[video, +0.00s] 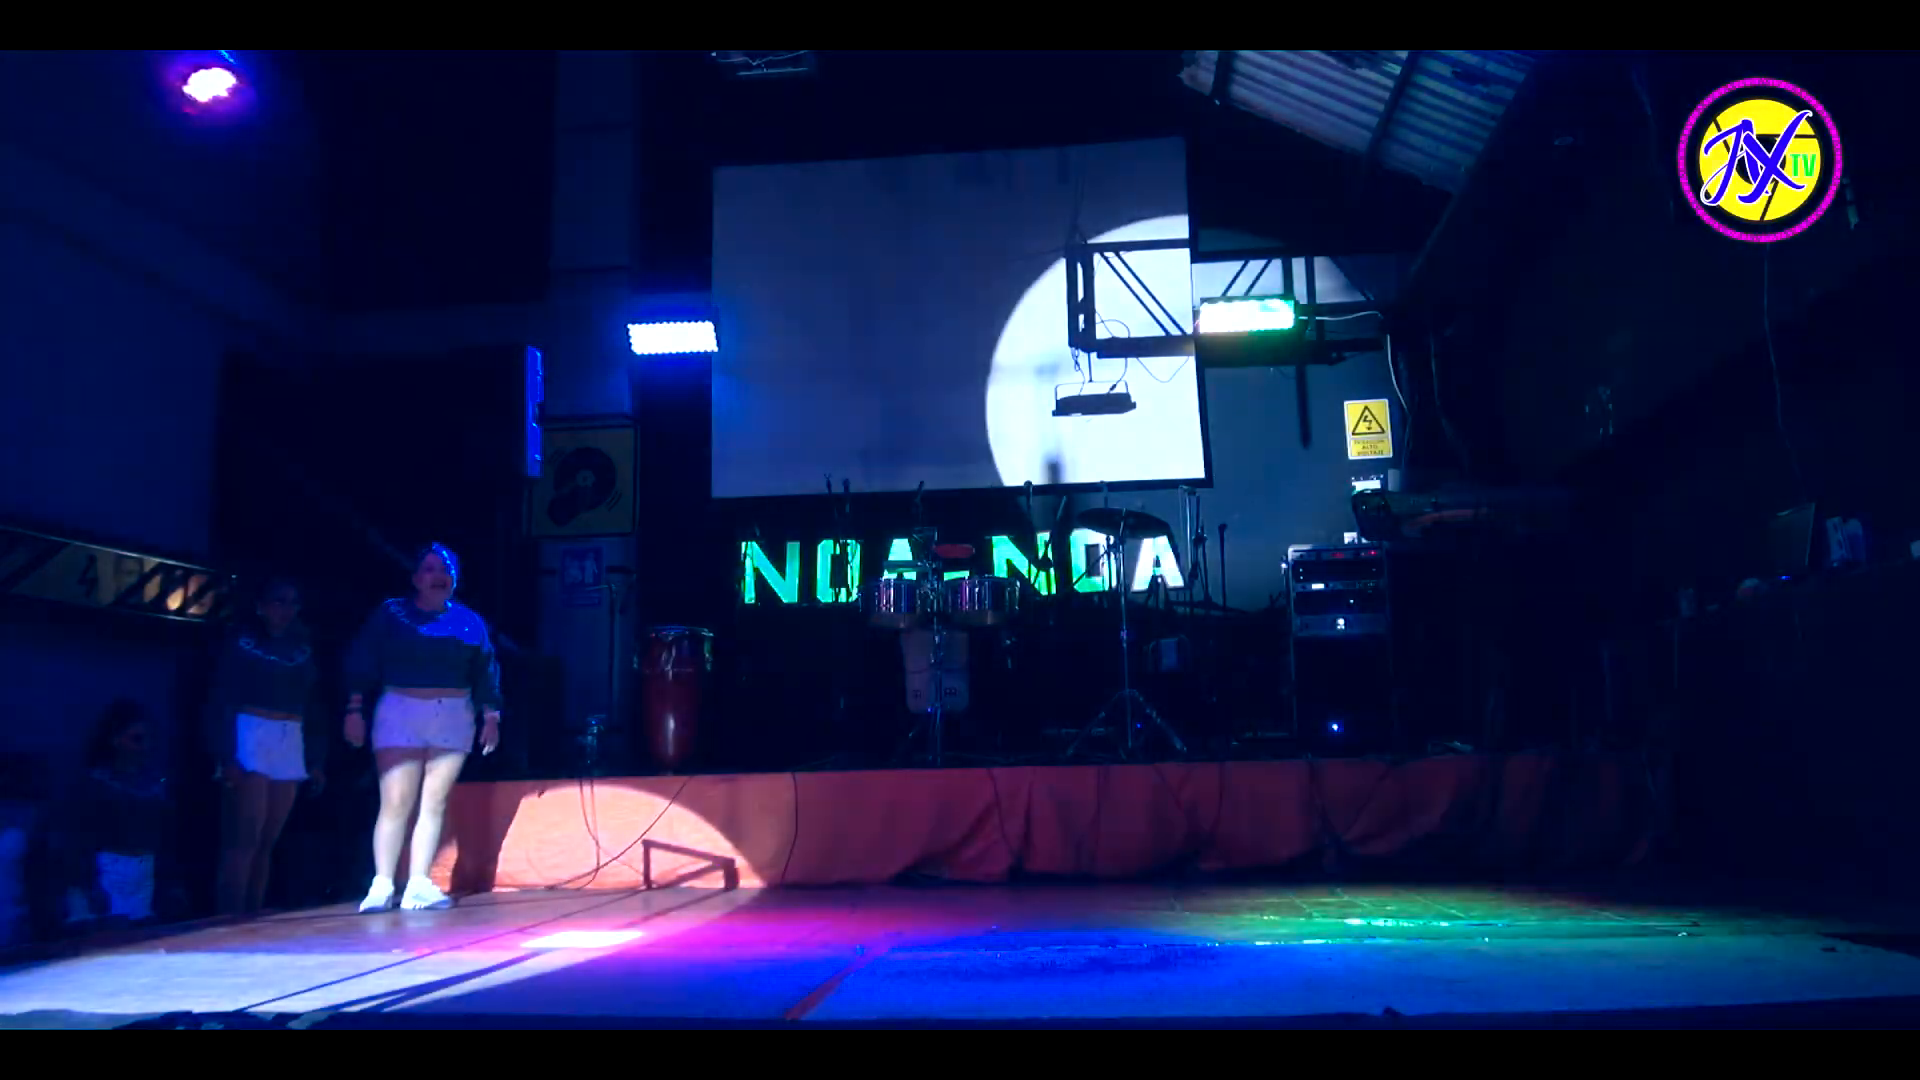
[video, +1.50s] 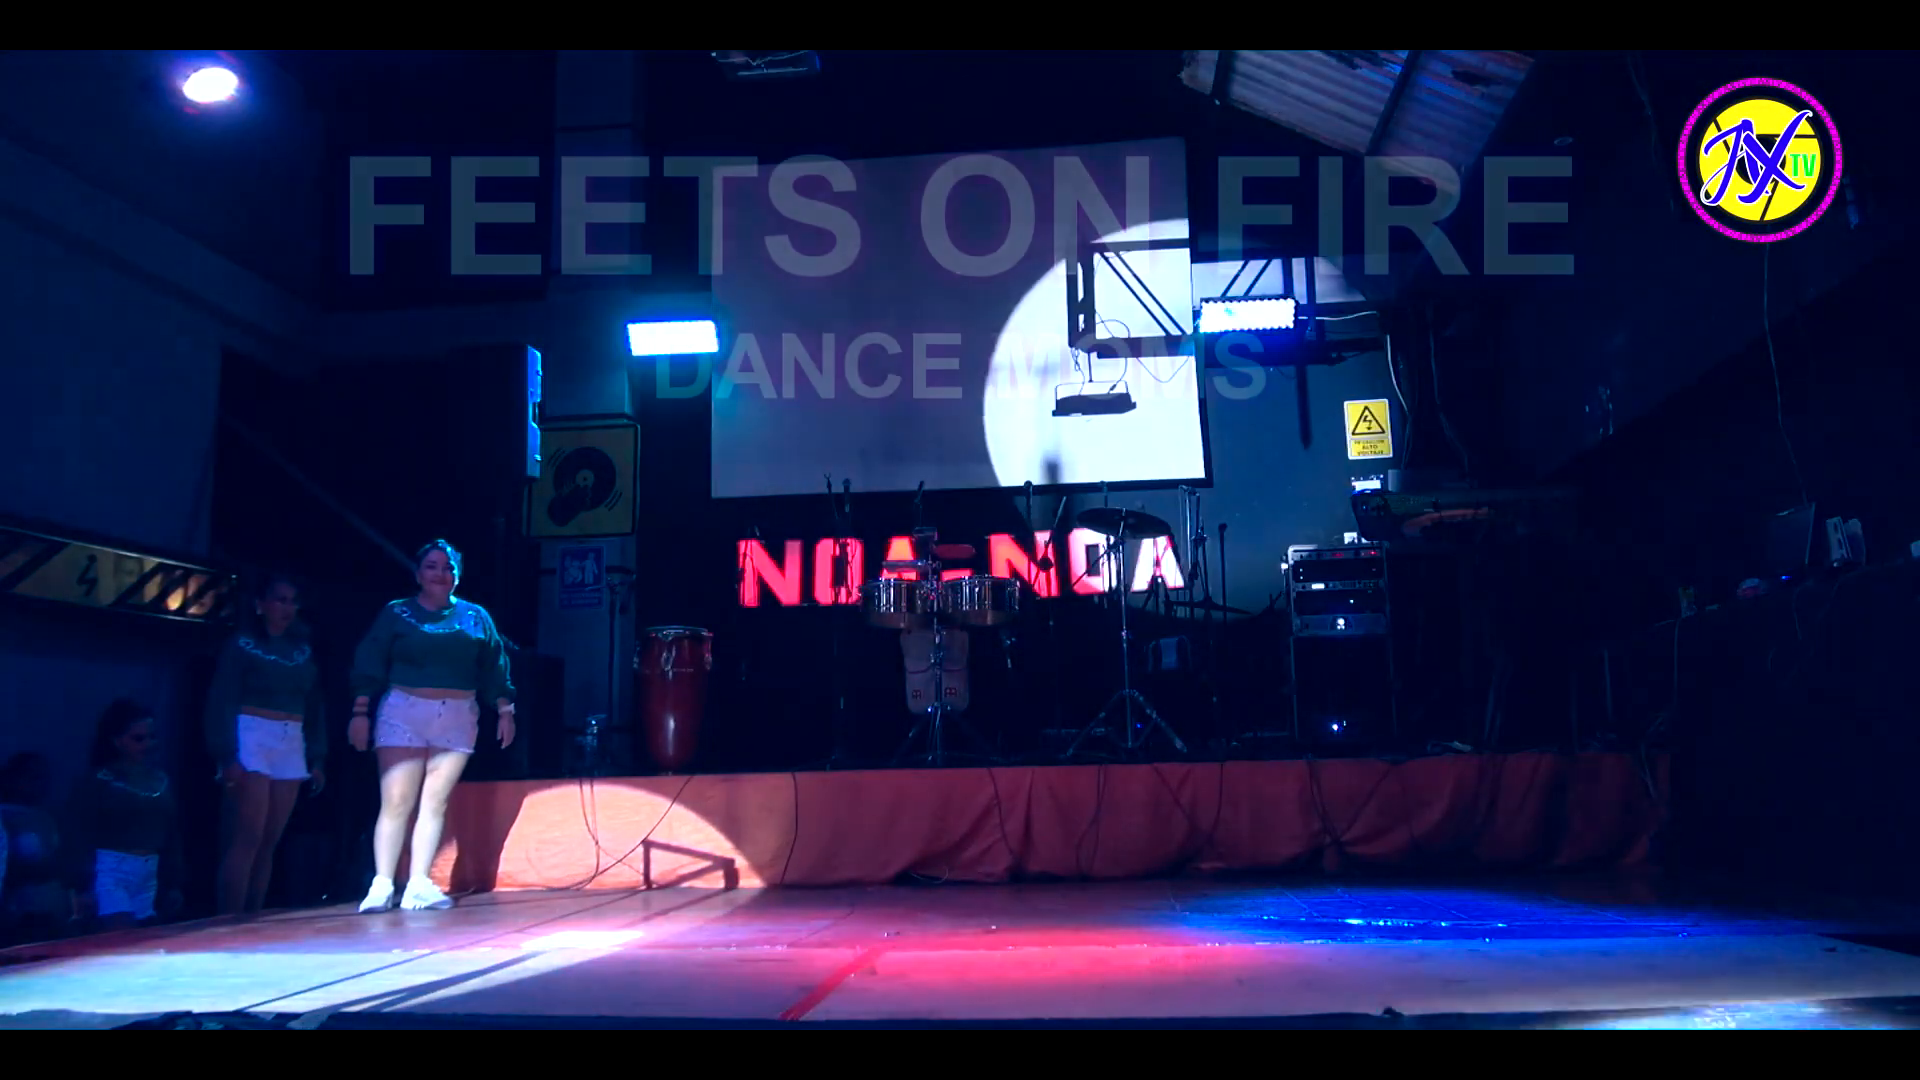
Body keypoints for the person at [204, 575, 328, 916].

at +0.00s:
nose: (284, 611)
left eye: (290, 604)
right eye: (278, 602)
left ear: (298, 609)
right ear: (262, 604)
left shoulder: (302, 649)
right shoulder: (243, 641)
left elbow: (312, 706)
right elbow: (225, 697)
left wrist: (315, 759)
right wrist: (225, 753)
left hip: (291, 730)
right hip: (254, 726)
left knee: (272, 832)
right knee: (250, 827)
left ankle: (255, 908)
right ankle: (233, 908)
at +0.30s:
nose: (286, 610)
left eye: (292, 603)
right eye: (280, 602)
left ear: (299, 609)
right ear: (263, 605)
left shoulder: (303, 650)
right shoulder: (243, 642)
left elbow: (314, 708)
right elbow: (224, 699)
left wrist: (316, 758)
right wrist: (226, 755)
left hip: (293, 733)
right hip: (254, 730)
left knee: (270, 838)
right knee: (248, 833)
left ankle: (254, 914)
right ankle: (232, 914)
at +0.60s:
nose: (286, 610)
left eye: (292, 603)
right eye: (279, 602)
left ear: (299, 608)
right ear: (264, 603)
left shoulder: (304, 652)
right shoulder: (245, 644)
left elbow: (314, 709)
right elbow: (224, 698)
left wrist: (317, 758)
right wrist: (225, 752)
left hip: (293, 734)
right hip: (253, 731)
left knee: (271, 839)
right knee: (248, 834)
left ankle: (254, 915)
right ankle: (231, 915)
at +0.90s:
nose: (286, 610)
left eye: (292, 603)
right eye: (279, 602)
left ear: (299, 608)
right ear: (263, 604)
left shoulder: (303, 651)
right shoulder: (245, 643)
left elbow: (314, 708)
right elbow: (224, 698)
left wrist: (317, 758)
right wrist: (225, 754)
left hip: (293, 734)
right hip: (254, 731)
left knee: (271, 839)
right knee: (248, 835)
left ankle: (254, 916)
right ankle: (232, 917)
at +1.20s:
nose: (288, 608)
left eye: (293, 602)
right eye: (280, 600)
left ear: (299, 607)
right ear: (262, 603)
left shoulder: (303, 650)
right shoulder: (244, 643)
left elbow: (315, 707)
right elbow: (224, 699)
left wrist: (318, 757)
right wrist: (226, 755)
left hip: (294, 734)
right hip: (254, 730)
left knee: (271, 839)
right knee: (248, 836)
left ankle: (255, 916)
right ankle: (232, 918)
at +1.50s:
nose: (286, 608)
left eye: (291, 601)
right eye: (279, 600)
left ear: (298, 607)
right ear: (262, 603)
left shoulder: (303, 651)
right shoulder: (244, 643)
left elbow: (314, 708)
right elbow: (223, 700)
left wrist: (316, 757)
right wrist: (227, 755)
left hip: (293, 734)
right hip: (253, 730)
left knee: (272, 837)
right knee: (250, 832)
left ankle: (254, 915)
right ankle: (231, 916)